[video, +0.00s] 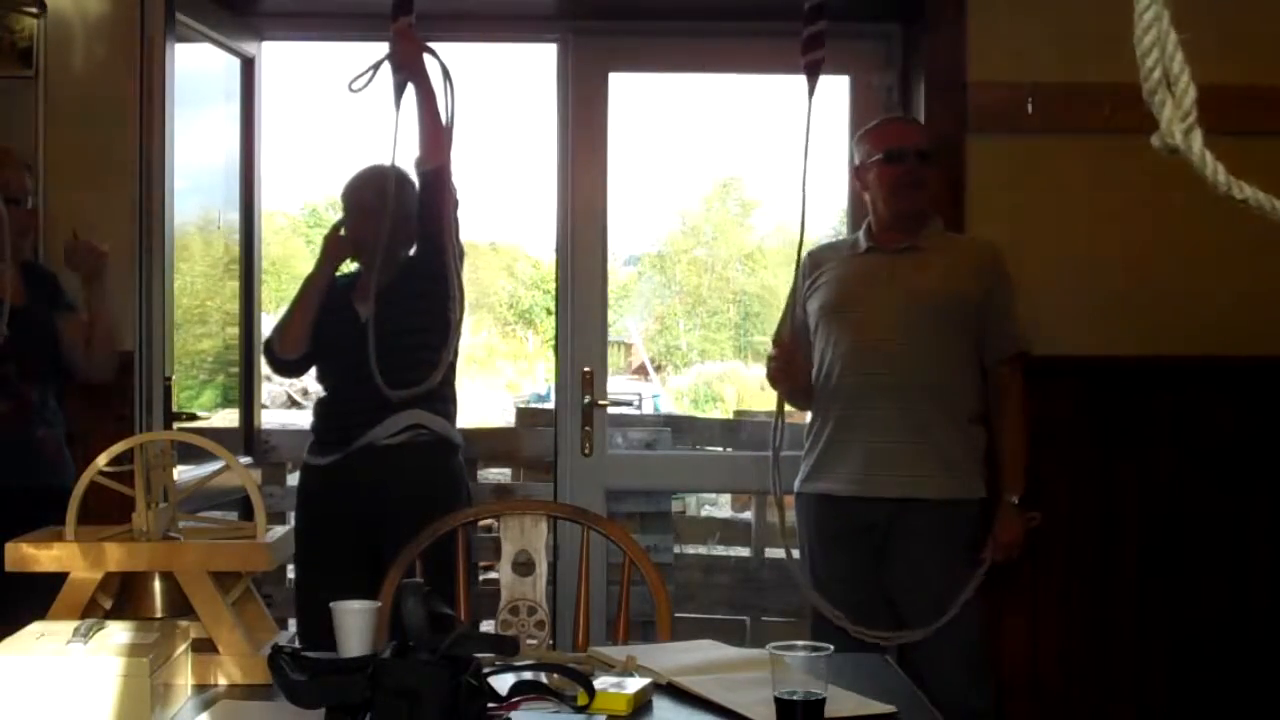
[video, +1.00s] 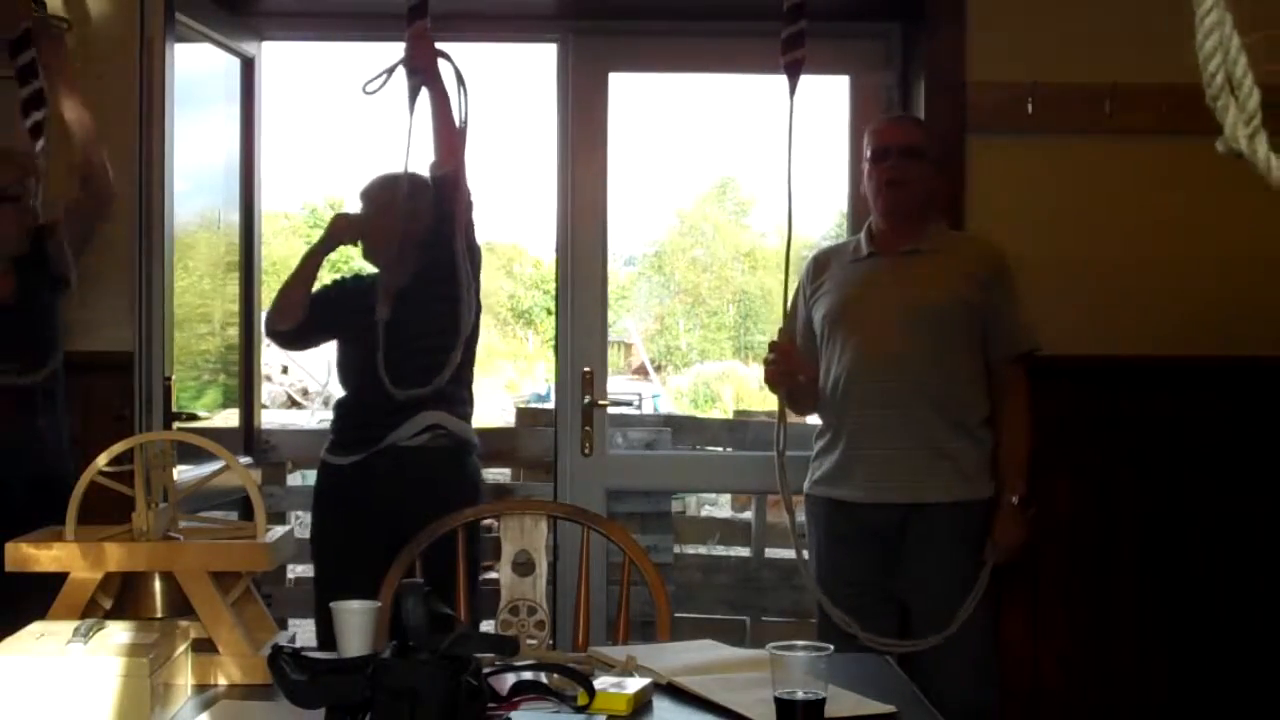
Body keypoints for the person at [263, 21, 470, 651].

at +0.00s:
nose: (359, 221)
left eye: (373, 209)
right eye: (352, 210)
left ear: (407, 217)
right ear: (343, 219)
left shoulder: (432, 278)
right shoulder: (330, 296)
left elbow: (436, 169)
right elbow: (284, 359)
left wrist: (419, 76)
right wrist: (323, 265)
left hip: (417, 462)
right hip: (335, 466)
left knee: (417, 623)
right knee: (327, 636)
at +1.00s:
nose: (362, 221)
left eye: (374, 209)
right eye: (364, 211)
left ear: (414, 220)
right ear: (371, 227)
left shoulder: (447, 282)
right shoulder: (354, 298)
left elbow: (450, 171)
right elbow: (284, 327)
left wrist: (432, 78)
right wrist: (322, 246)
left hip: (432, 471)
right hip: (351, 474)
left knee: (436, 632)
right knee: (348, 639)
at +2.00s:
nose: (414, 191)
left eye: (427, 186)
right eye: (403, 186)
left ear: (446, 209)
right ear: (389, 211)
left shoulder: (457, 273)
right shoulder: (360, 266)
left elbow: (450, 174)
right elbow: (331, 183)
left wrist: (420, 82)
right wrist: (365, 86)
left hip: (430, 459)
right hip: (346, 459)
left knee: (441, 627)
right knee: (346, 634)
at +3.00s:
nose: (423, 209)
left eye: (435, 199)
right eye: (409, 200)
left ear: (452, 215)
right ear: (391, 217)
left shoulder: (466, 280)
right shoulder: (366, 275)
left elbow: (461, 173)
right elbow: (320, 197)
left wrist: (427, 83)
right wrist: (349, 105)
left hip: (446, 468)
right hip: (359, 464)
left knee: (453, 635)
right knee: (357, 636)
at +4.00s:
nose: (408, 213)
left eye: (418, 203)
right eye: (395, 202)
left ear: (435, 218)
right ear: (373, 220)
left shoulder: (453, 277)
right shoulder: (349, 272)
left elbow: (463, 182)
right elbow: (318, 188)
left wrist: (430, 86)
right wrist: (358, 93)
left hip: (429, 463)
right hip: (341, 463)